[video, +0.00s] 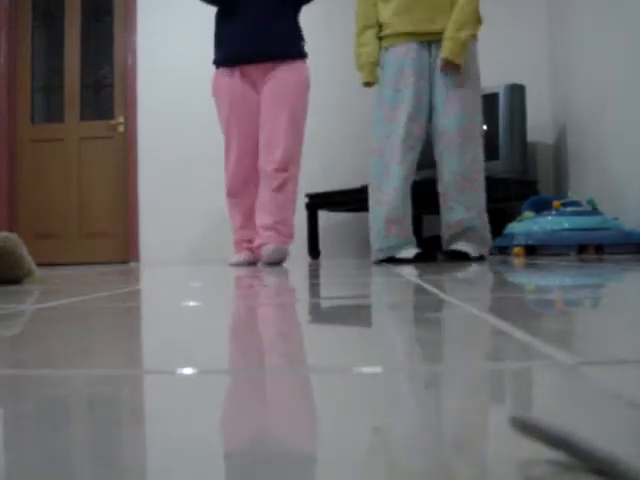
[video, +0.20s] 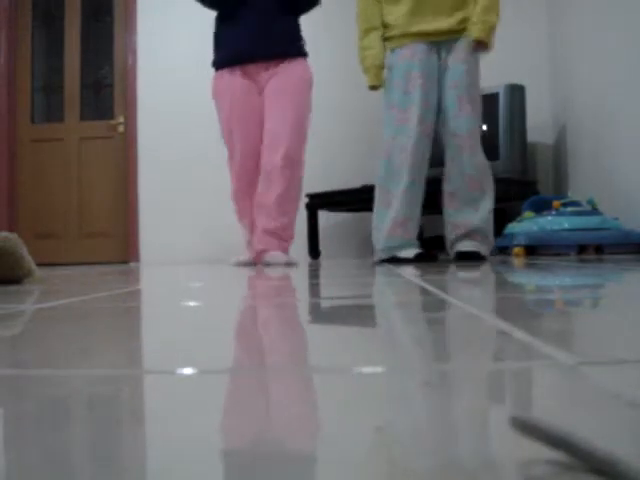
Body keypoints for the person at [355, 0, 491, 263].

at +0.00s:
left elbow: (470, 4)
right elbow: (367, 4)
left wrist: (457, 39)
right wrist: (367, 50)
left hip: (453, 37)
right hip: (399, 39)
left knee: (458, 141)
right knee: (395, 144)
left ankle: (466, 240)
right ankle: (392, 244)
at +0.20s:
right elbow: (368, 4)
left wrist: (483, 19)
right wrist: (372, 53)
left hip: (460, 26)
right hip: (405, 29)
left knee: (464, 138)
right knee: (405, 141)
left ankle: (470, 239)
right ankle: (395, 243)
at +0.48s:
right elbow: (386, 3)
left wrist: (518, 30)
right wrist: (388, 46)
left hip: (475, 33)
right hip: (421, 36)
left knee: (484, 133)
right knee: (428, 136)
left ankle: (485, 235)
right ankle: (438, 240)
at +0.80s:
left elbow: (501, 2)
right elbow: (386, 3)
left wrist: (502, 38)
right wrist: (387, 43)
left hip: (473, 22)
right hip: (417, 24)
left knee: (474, 129)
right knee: (424, 129)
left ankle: (475, 237)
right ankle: (400, 236)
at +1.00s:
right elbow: (370, 3)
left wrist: (486, 28)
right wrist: (369, 48)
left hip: (455, 27)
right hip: (399, 28)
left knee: (449, 134)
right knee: (393, 133)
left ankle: (445, 240)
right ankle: (384, 238)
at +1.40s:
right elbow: (385, 4)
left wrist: (492, 33)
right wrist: (388, 53)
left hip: (471, 29)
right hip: (416, 32)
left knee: (481, 136)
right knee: (414, 138)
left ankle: (481, 236)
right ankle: (413, 241)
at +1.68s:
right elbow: (378, 4)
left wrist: (500, 33)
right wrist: (376, 52)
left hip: (460, 21)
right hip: (405, 23)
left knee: (462, 131)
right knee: (405, 133)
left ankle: (469, 237)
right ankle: (396, 240)